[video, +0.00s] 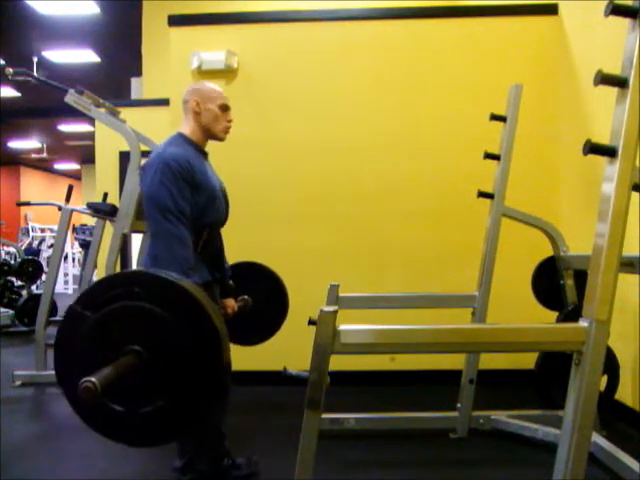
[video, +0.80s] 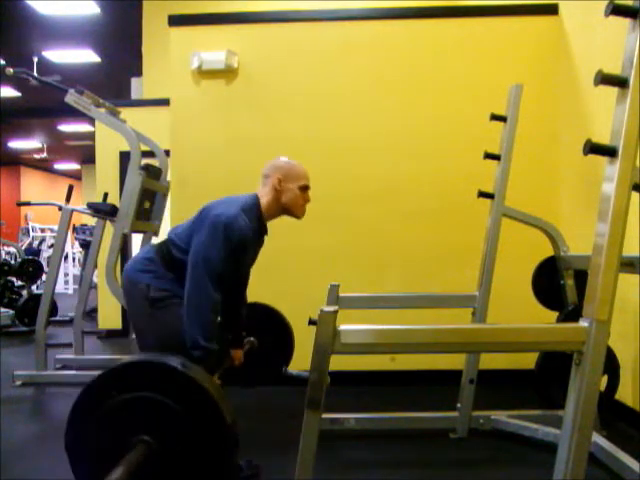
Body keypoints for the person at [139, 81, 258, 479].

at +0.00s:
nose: (230, 119)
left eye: (229, 111)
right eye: (223, 110)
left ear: (199, 110)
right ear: (195, 109)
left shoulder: (197, 160)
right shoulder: (170, 159)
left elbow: (210, 237)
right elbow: (172, 243)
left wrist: (226, 290)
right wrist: (202, 297)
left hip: (198, 290)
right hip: (177, 294)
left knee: (210, 374)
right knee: (203, 375)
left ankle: (207, 456)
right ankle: (202, 460)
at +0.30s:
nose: (272, 142)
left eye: (272, 135)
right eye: (266, 134)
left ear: (244, 135)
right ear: (238, 131)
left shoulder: (227, 182)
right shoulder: (200, 175)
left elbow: (218, 253)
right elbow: (181, 250)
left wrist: (227, 306)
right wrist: (203, 310)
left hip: (189, 292)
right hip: (160, 292)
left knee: (211, 372)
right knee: (196, 376)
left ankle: (209, 455)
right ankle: (199, 459)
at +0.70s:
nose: (302, 188)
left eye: (302, 180)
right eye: (296, 179)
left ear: (272, 178)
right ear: (270, 175)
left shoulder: (248, 221)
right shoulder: (221, 210)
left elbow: (232, 285)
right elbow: (196, 283)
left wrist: (234, 335)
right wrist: (203, 348)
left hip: (173, 285)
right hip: (149, 283)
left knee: (194, 370)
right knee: (174, 372)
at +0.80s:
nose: (309, 198)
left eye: (308, 190)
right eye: (303, 189)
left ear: (278, 185)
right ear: (278, 185)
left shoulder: (251, 226)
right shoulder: (229, 220)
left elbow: (235, 291)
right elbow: (201, 291)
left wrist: (235, 341)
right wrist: (206, 358)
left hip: (175, 284)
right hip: (150, 281)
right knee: (169, 368)